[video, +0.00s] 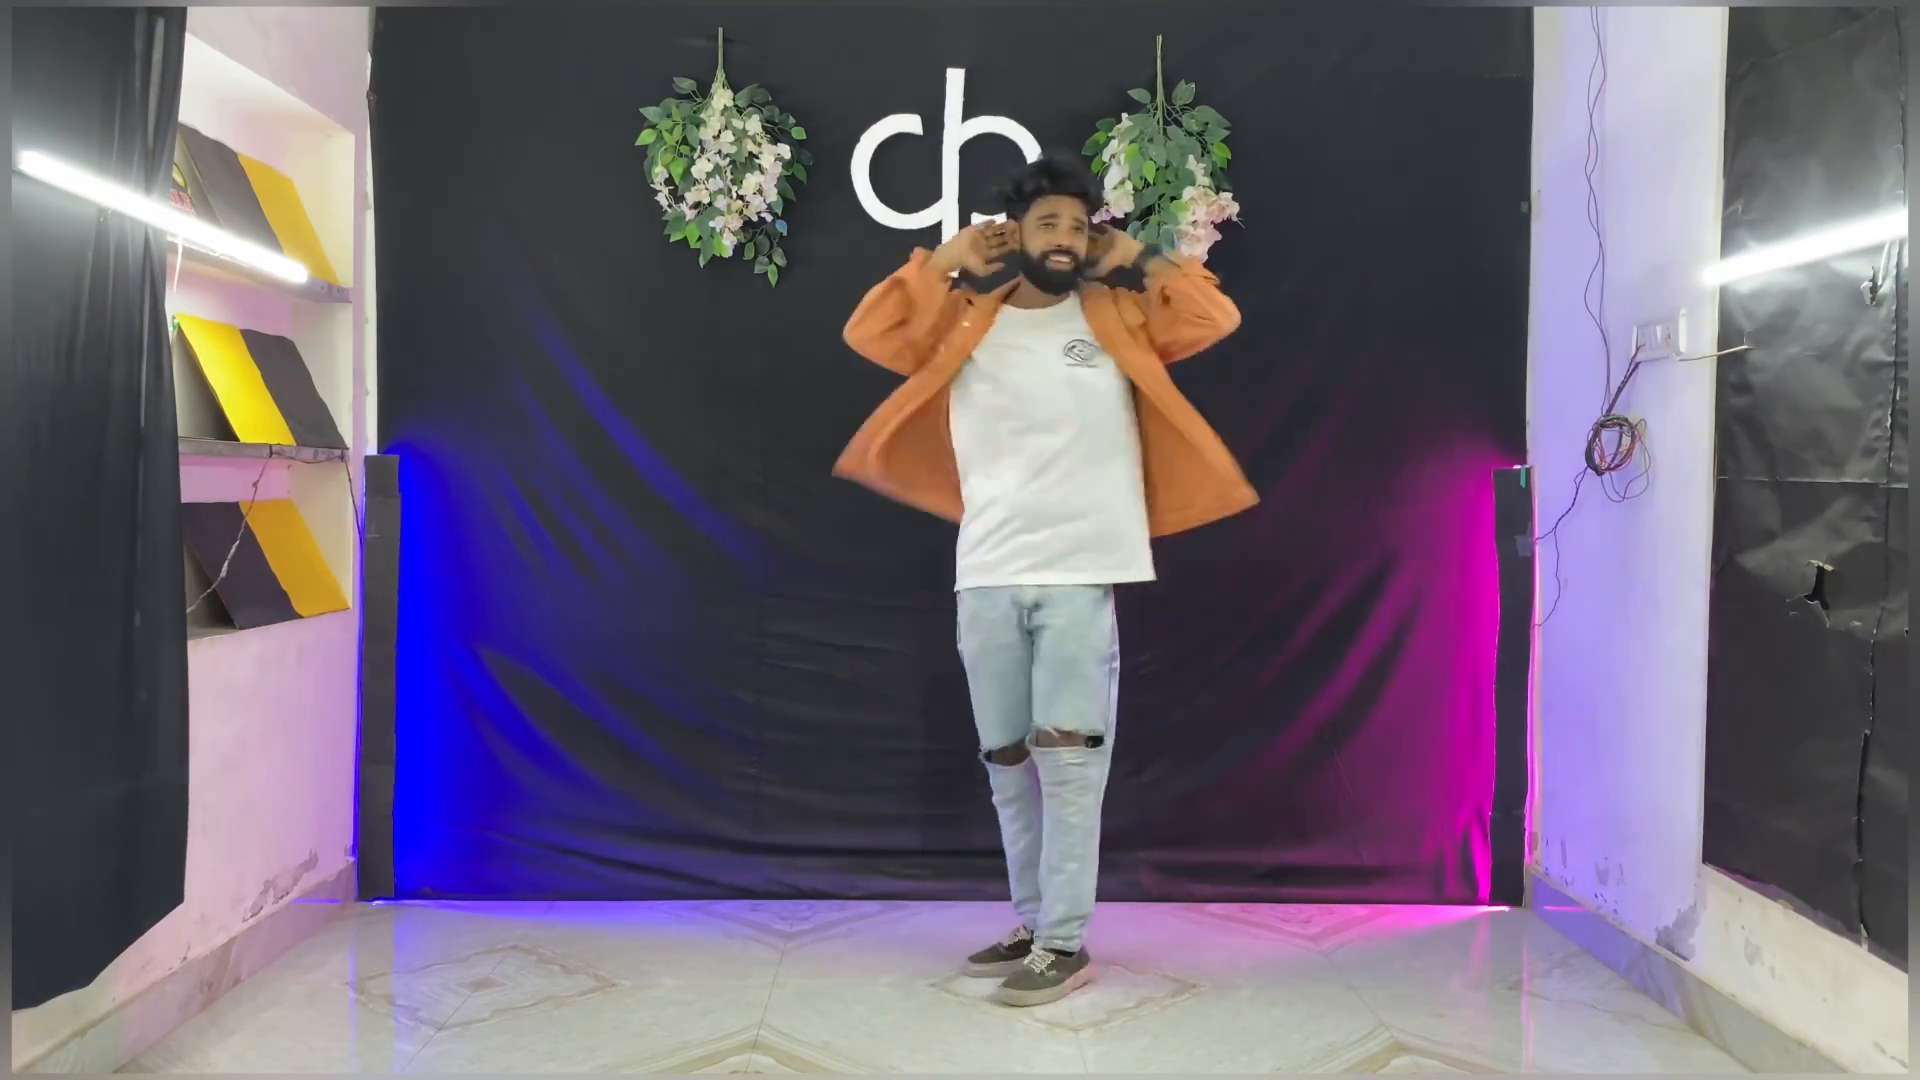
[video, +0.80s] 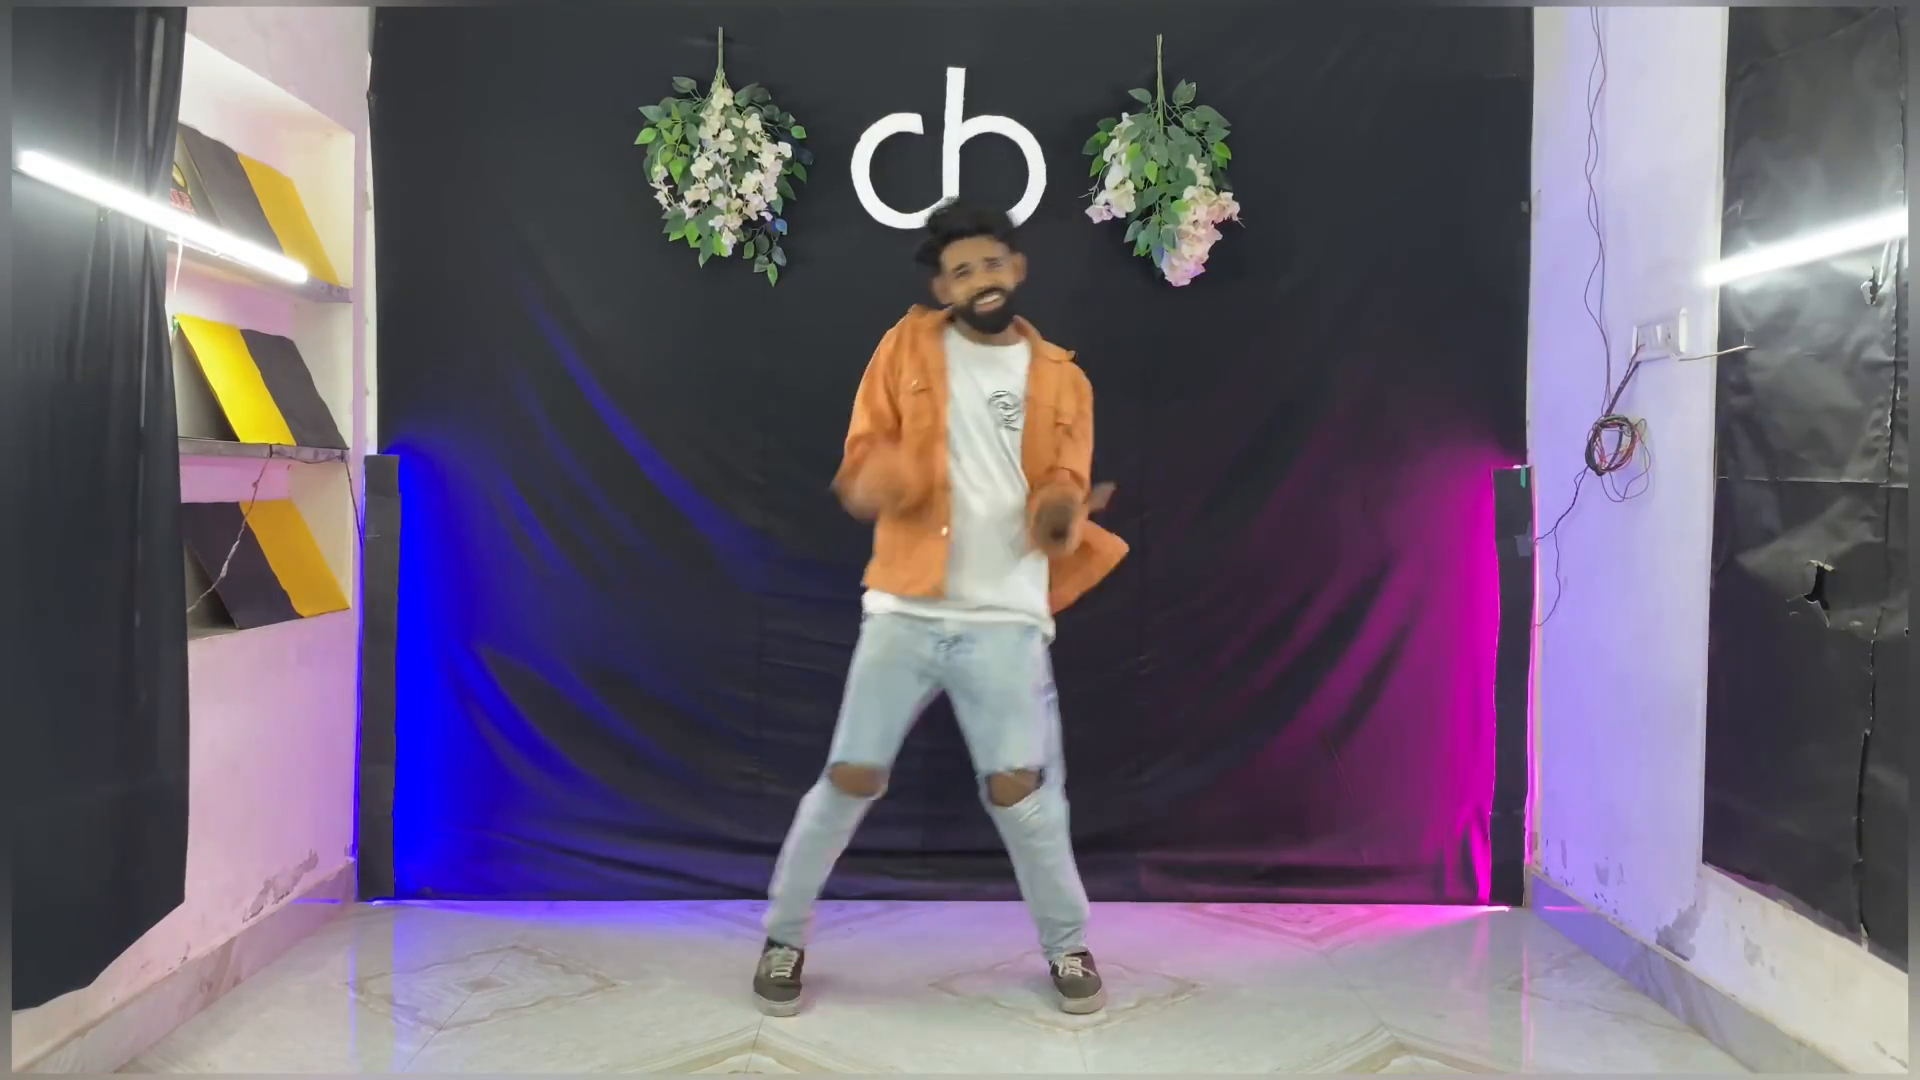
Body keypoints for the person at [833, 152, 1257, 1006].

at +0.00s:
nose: (1060, 241)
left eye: (1074, 227)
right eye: (1045, 224)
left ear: (1093, 238)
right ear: (1014, 230)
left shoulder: (1116, 313)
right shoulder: (965, 316)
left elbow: (1215, 318)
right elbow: (867, 334)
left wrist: (1136, 258)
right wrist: (949, 257)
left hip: (1081, 565)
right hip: (988, 567)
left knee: (1067, 755)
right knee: (1007, 759)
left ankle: (1063, 940)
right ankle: (1032, 926)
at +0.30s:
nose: (1062, 232)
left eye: (1076, 219)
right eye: (1046, 217)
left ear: (1089, 234)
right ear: (1014, 227)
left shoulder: (1119, 323)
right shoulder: (965, 321)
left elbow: (1169, 436)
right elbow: (919, 431)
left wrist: (1189, 375)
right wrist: (913, 341)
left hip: (1079, 572)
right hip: (984, 574)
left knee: (1080, 760)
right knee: (1007, 763)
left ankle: (1077, 940)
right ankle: (1034, 921)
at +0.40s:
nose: (1057, 234)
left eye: (1072, 221)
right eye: (1041, 219)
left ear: (1090, 236)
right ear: (1012, 232)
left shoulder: (1121, 331)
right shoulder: (962, 329)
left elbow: (1157, 430)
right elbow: (932, 441)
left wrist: (1171, 497)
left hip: (1079, 577)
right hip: (980, 579)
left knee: (1078, 759)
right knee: (993, 762)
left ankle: (1076, 940)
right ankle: (1034, 915)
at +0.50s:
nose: (1062, 252)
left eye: (1076, 238)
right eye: (1045, 237)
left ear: (1093, 249)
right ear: (1015, 245)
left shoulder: (1117, 351)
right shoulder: (962, 333)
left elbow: (1147, 464)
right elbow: (926, 442)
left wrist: (1162, 468)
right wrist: (964, 464)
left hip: (1074, 583)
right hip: (973, 582)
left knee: (1073, 760)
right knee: (961, 762)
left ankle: (1077, 940)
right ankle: (1033, 872)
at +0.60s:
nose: (1057, 276)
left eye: (1071, 262)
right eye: (1040, 261)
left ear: (1089, 272)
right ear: (1008, 267)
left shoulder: (1093, 374)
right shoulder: (953, 329)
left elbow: (1120, 493)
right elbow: (889, 417)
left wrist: (1142, 400)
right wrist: (965, 349)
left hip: (1060, 599)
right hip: (960, 595)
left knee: (1065, 768)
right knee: (941, 767)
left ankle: (1076, 943)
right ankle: (994, 871)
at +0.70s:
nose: (1030, 274)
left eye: (1043, 259)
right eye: (1011, 262)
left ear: (1064, 270)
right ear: (980, 274)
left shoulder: (1081, 379)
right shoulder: (935, 332)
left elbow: (1077, 513)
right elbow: (872, 425)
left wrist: (1116, 434)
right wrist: (943, 360)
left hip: (1042, 609)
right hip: (937, 601)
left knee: (1055, 779)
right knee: (901, 763)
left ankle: (1074, 944)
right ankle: (886, 909)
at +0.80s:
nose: (981, 281)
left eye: (992, 263)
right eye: (962, 271)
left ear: (1018, 267)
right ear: (938, 285)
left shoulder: (1061, 378)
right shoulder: (904, 351)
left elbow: (1060, 504)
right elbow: (855, 478)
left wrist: (1061, 509)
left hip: (1007, 619)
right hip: (903, 609)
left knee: (1019, 788)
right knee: (853, 775)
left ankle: (1068, 946)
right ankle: (783, 939)